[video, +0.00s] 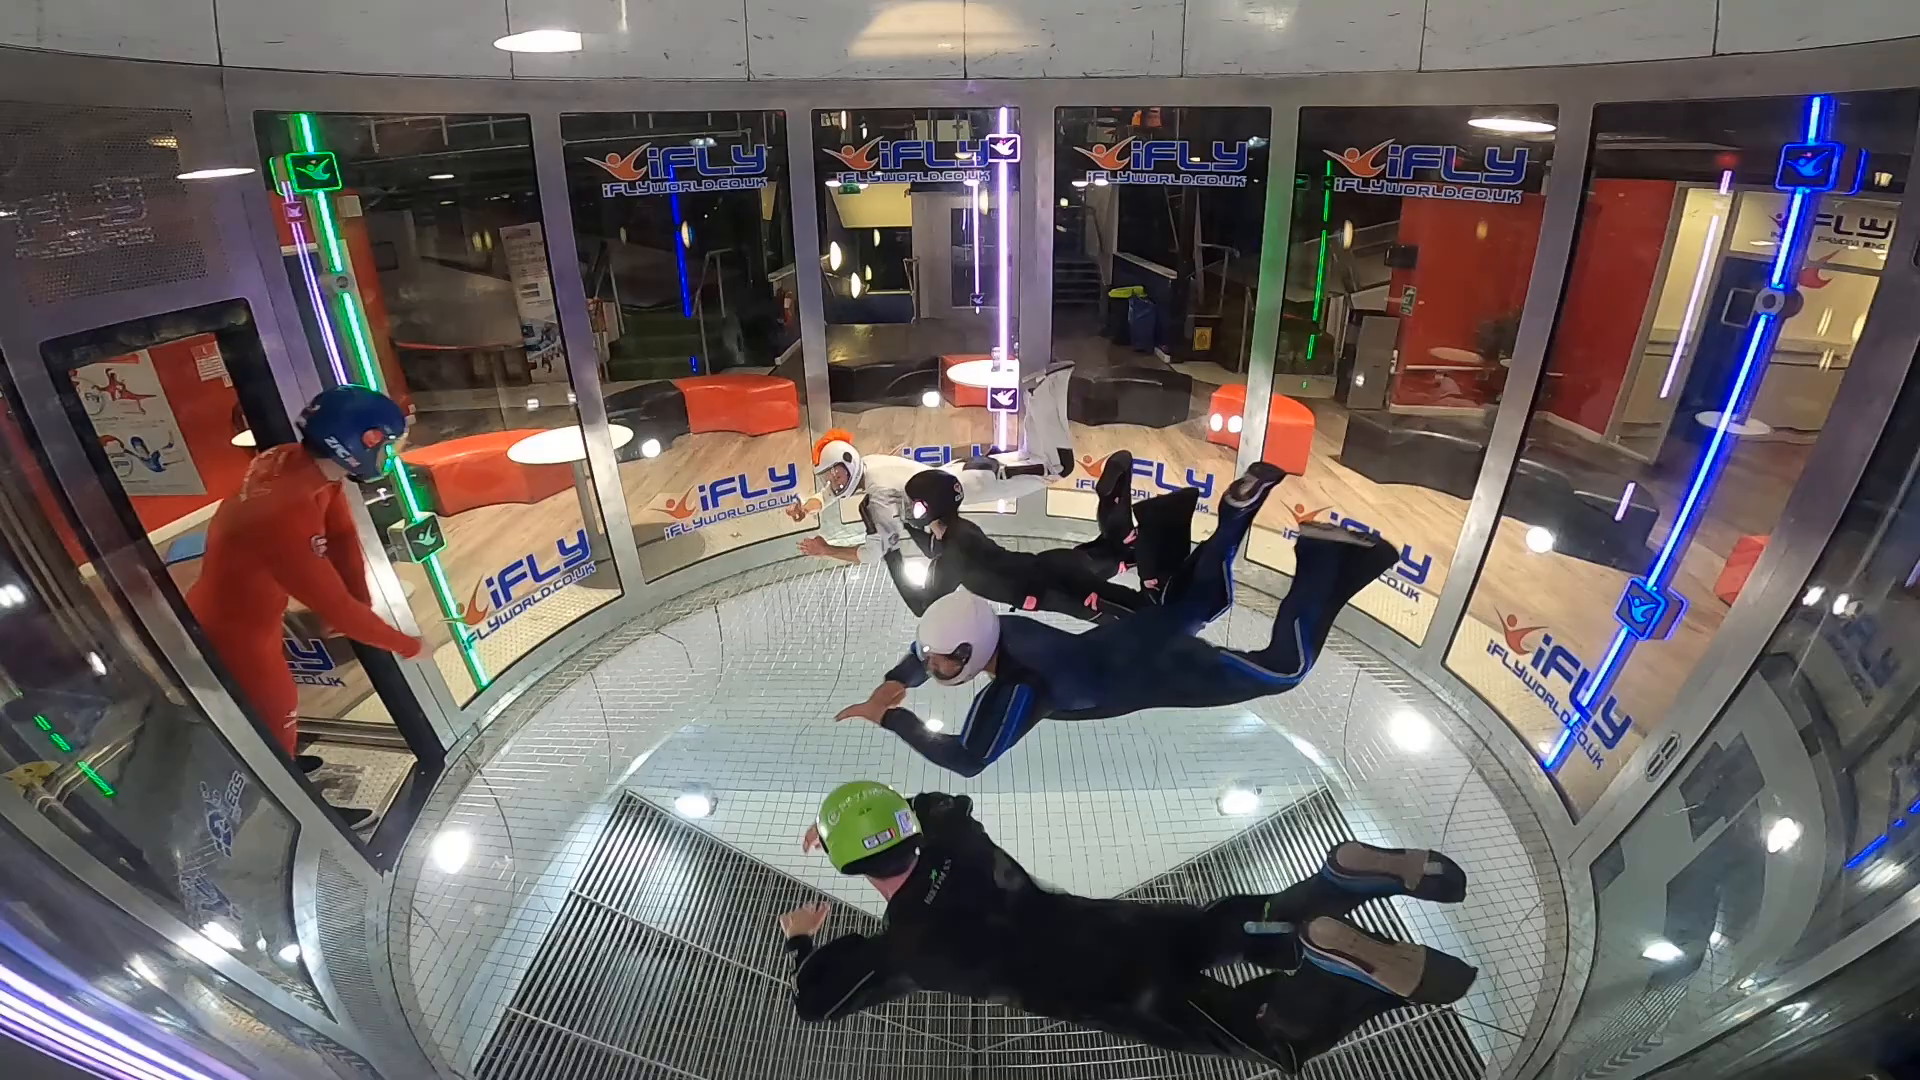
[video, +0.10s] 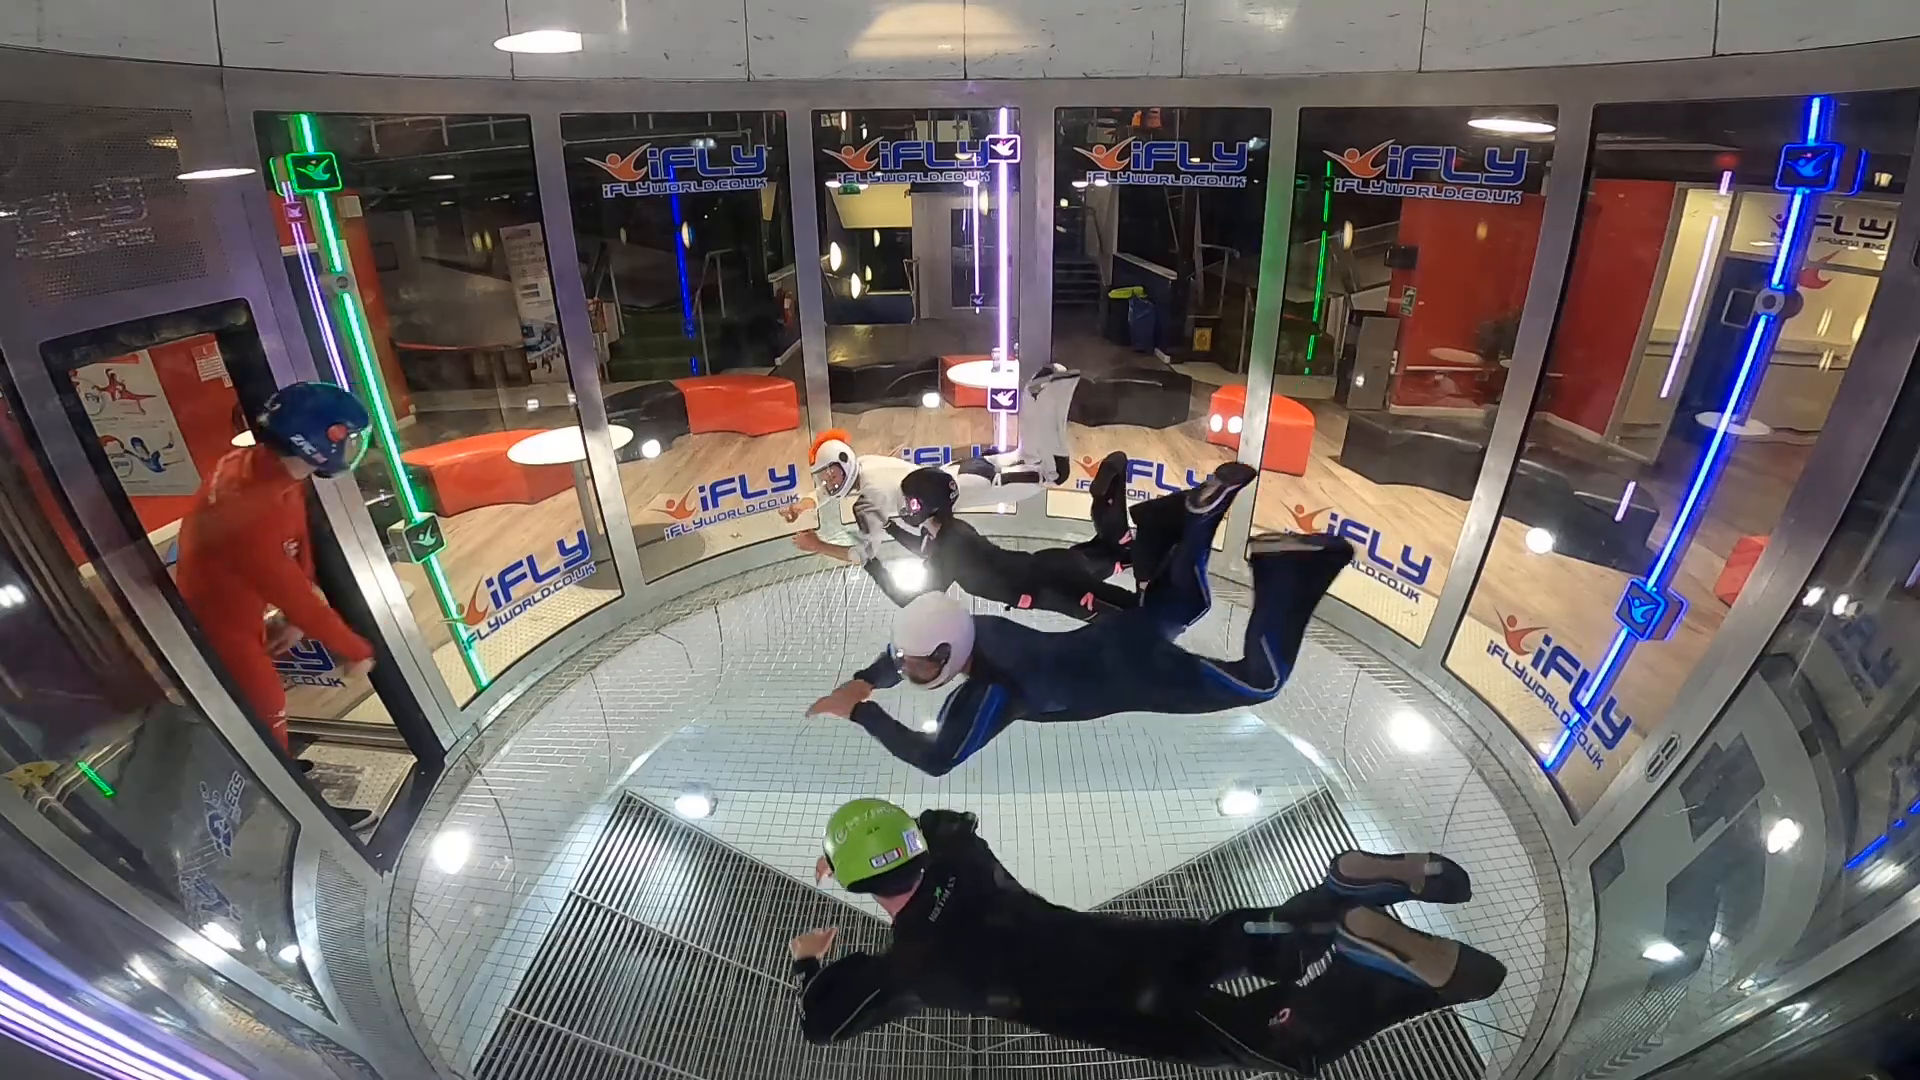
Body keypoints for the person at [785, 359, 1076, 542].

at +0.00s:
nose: (833, 482)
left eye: (837, 473)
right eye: (828, 477)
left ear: (852, 464)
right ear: (827, 472)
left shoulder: (879, 490)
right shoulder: (857, 468)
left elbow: (881, 548)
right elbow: (835, 492)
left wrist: (829, 550)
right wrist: (810, 508)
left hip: (971, 484)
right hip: (950, 470)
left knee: (1058, 466)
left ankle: (1043, 396)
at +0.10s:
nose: (828, 479)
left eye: (832, 472)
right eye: (824, 474)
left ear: (846, 463)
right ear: (822, 470)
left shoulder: (868, 499)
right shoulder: (854, 464)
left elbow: (862, 555)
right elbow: (827, 486)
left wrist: (819, 546)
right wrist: (802, 506)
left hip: (958, 492)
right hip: (940, 473)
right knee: (975, 467)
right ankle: (1021, 456)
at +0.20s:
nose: (817, 480)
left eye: (822, 473)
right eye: (812, 476)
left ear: (837, 465)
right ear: (810, 474)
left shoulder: (857, 495)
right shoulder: (840, 472)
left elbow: (855, 553)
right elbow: (822, 502)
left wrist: (808, 544)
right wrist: (790, 509)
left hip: (942, 498)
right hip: (928, 474)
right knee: (968, 469)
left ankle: (1039, 482)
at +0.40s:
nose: (782, 484)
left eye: (786, 477)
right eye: (778, 479)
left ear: (800, 470)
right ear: (790, 469)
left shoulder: (828, 495)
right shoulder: (809, 460)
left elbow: (816, 554)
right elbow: (791, 486)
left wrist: (769, 557)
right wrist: (763, 500)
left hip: (906, 488)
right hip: (891, 465)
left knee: (962, 486)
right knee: (970, 444)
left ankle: (1007, 495)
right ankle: (988, 375)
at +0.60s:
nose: (732, 483)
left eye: (735, 475)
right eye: (728, 478)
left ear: (751, 466)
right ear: (744, 463)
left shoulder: (778, 493)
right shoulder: (765, 458)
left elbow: (758, 546)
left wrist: (723, 565)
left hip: (872, 488)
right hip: (860, 471)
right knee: (923, 449)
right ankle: (939, 382)